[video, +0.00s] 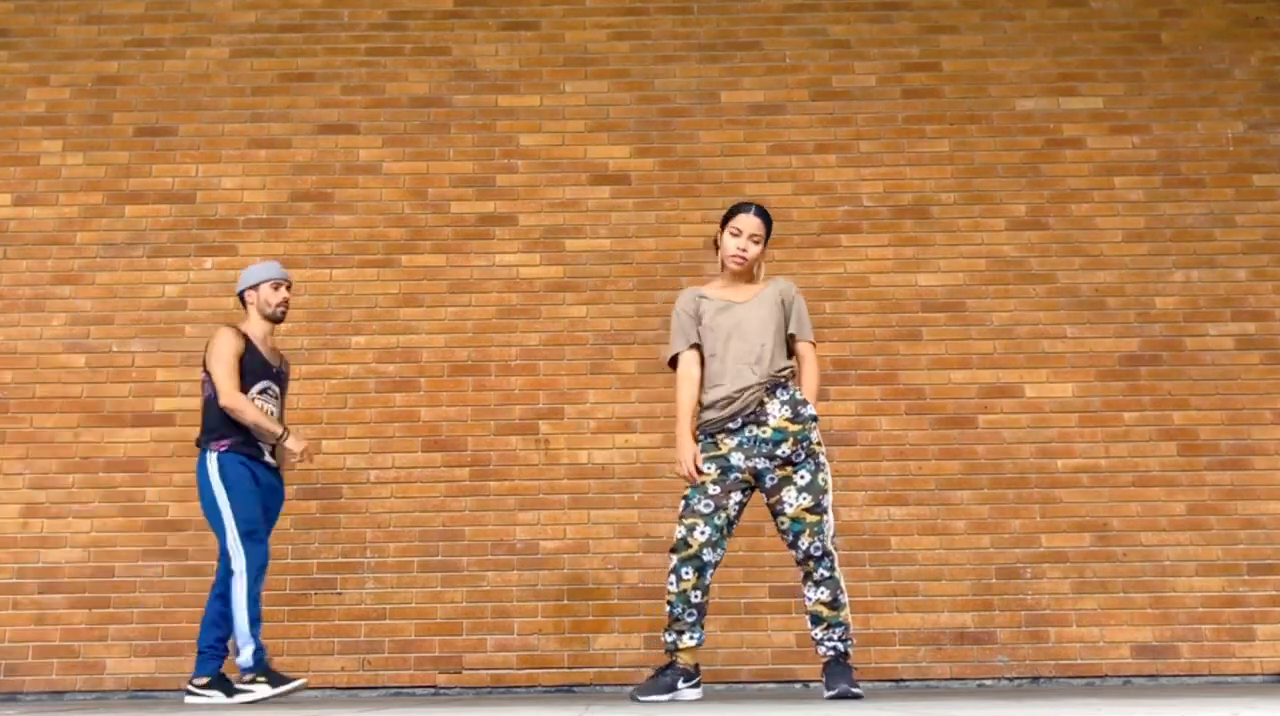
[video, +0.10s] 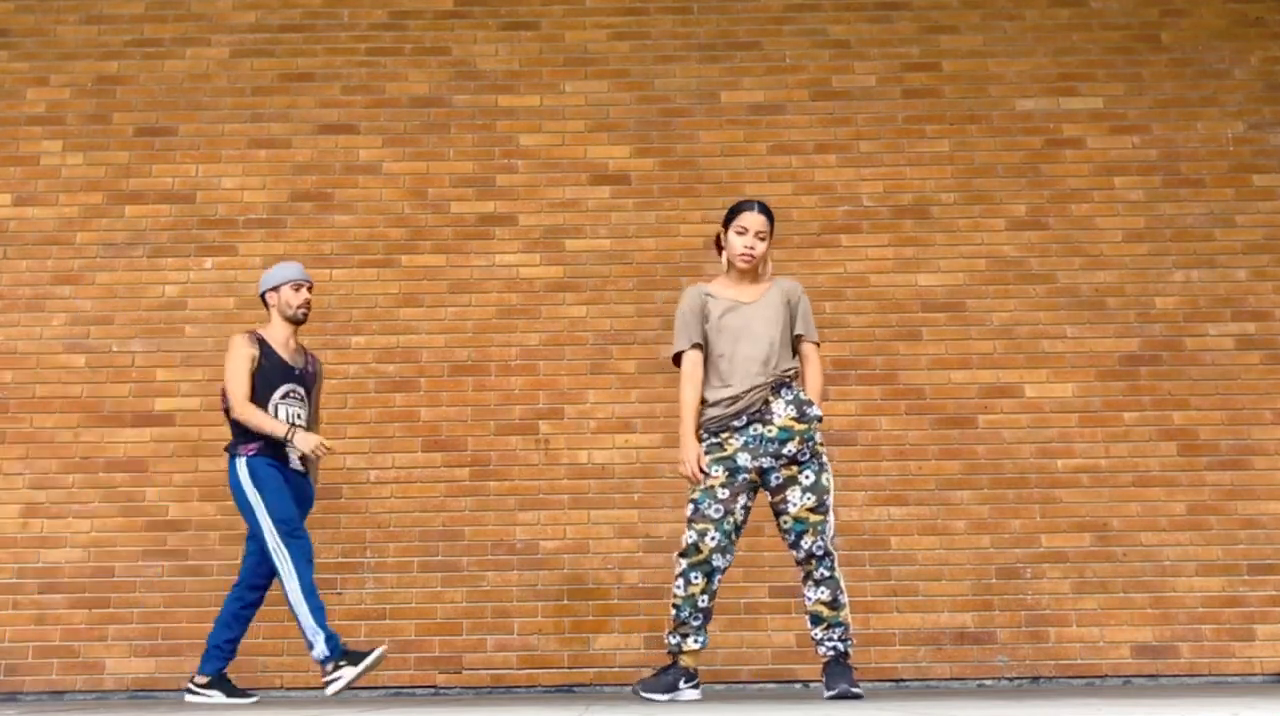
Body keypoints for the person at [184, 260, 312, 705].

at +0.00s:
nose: (285, 295)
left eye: (287, 289)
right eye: (275, 287)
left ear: (286, 299)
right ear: (249, 296)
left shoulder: (280, 363)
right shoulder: (227, 338)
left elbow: (275, 428)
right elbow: (230, 400)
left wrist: (280, 466)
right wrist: (282, 434)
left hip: (263, 470)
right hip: (225, 464)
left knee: (236, 564)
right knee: (248, 555)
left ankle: (205, 674)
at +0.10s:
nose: (306, 296)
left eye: (309, 290)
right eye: (297, 289)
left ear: (309, 298)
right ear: (271, 296)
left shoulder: (311, 363)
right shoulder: (246, 344)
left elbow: (309, 427)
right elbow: (238, 407)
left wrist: (310, 473)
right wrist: (294, 434)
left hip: (293, 473)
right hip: (254, 466)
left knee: (254, 579)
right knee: (293, 550)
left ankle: (208, 674)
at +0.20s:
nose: (328, 301)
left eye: (331, 294)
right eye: (318, 294)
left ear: (332, 302)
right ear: (293, 301)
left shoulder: (339, 366)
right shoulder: (268, 356)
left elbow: (343, 434)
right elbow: (267, 422)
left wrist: (342, 488)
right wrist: (289, 447)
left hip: (327, 479)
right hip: (288, 474)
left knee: (286, 582)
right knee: (336, 554)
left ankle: (217, 665)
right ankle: (381, 662)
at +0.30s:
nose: (352, 305)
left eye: (355, 298)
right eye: (342, 298)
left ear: (357, 306)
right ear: (317, 306)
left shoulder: (367, 368)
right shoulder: (297, 366)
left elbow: (370, 435)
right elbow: (269, 430)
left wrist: (378, 487)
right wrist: (304, 468)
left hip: (368, 483)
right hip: (331, 478)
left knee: (334, 592)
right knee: (386, 554)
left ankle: (245, 652)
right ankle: (402, 672)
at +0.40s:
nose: (379, 307)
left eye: (381, 300)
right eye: (369, 299)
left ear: (383, 308)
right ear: (343, 309)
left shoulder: (391, 368)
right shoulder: (325, 371)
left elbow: (394, 433)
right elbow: (294, 436)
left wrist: (410, 477)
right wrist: (323, 474)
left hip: (405, 483)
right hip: (362, 479)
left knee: (392, 600)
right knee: (420, 556)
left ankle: (307, 638)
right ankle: (408, 674)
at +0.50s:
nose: (407, 299)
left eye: (410, 292)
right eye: (397, 291)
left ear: (410, 301)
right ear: (370, 300)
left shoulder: (413, 361)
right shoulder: (351, 362)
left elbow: (413, 426)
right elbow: (347, 428)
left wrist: (430, 466)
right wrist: (350, 466)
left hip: (426, 471)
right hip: (383, 471)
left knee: (456, 572)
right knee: (427, 565)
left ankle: (376, 637)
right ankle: (408, 674)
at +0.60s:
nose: (432, 281)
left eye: (434, 275)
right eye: (422, 273)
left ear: (429, 285)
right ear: (394, 281)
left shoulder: (425, 341)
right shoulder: (373, 339)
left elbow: (427, 403)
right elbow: (370, 408)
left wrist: (444, 443)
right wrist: (393, 441)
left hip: (447, 459)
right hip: (404, 461)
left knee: (482, 548)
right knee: (426, 561)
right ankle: (406, 673)